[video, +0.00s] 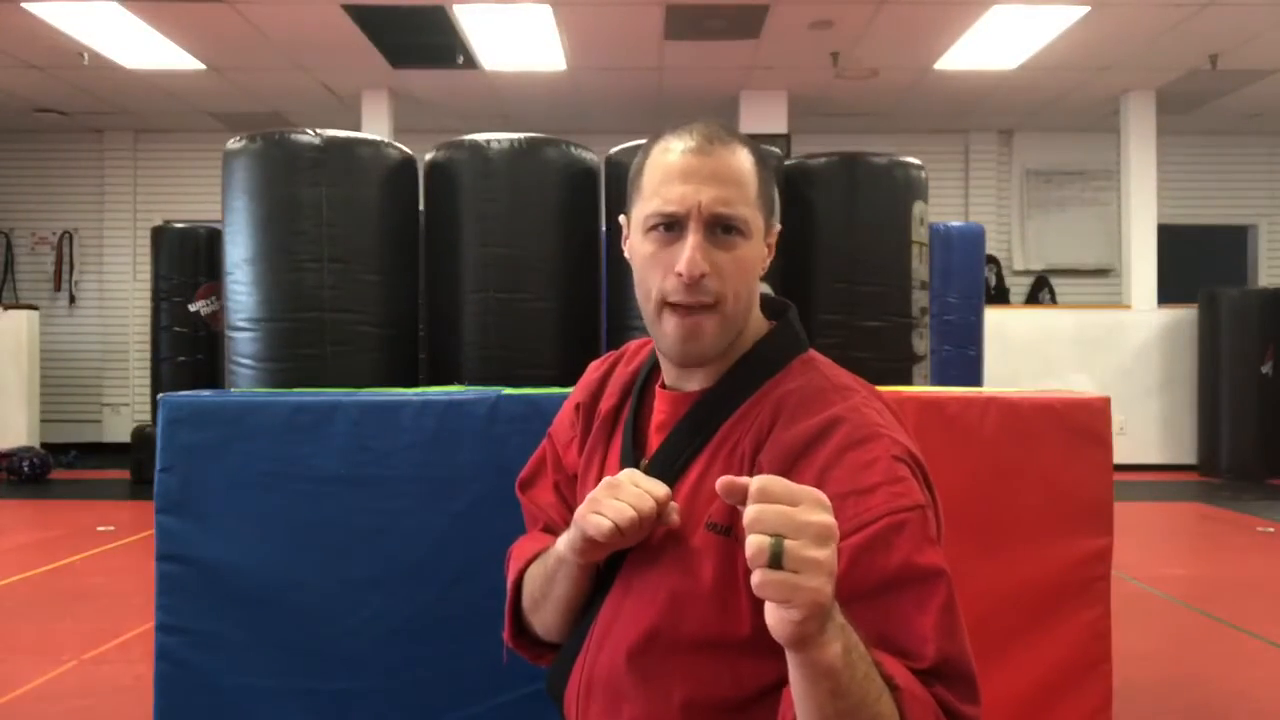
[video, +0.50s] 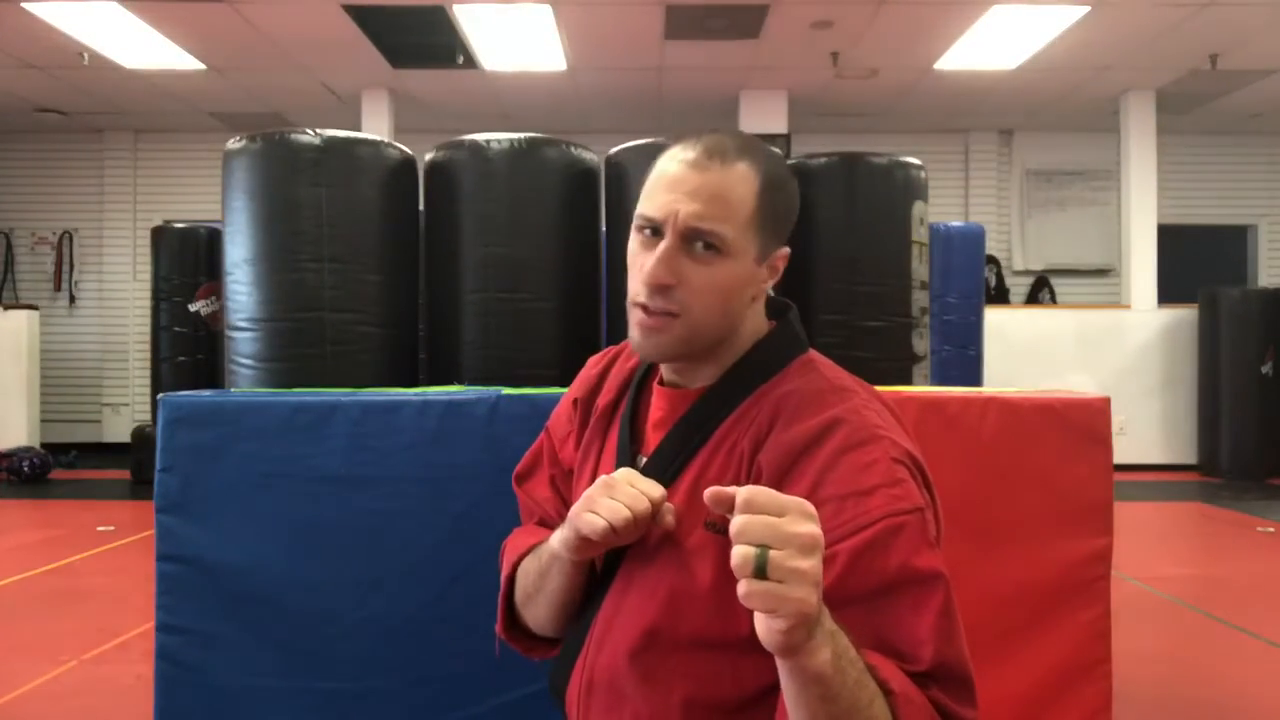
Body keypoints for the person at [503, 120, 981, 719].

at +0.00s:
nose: (691, 264)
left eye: (725, 231)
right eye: (666, 228)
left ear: (768, 247)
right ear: (627, 240)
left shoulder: (848, 439)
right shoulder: (604, 390)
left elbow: (919, 705)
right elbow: (537, 626)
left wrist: (817, 638)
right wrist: (574, 550)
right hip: (592, 706)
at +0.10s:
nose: (692, 266)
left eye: (725, 233)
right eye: (667, 230)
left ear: (769, 249)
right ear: (627, 240)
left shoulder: (846, 440)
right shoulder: (603, 391)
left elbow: (921, 706)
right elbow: (537, 626)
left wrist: (818, 647)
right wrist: (574, 553)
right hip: (592, 707)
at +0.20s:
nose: (690, 268)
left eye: (724, 236)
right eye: (665, 232)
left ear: (769, 252)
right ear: (626, 243)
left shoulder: (847, 442)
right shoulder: (605, 390)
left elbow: (925, 702)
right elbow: (538, 626)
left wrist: (818, 648)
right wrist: (575, 552)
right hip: (590, 702)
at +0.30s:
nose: (673, 274)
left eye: (713, 242)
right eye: (656, 236)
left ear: (767, 263)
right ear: (626, 245)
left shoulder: (847, 441)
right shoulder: (604, 387)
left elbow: (925, 703)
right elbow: (539, 625)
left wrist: (813, 648)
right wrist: (574, 551)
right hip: (593, 704)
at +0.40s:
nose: (646, 272)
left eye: (695, 248)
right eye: (644, 233)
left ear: (765, 275)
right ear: (625, 233)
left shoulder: (845, 444)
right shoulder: (605, 384)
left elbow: (922, 705)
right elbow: (535, 621)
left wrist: (809, 646)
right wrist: (569, 549)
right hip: (590, 705)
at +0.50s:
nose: (656, 272)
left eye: (703, 245)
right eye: (650, 232)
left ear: (770, 271)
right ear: (630, 234)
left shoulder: (846, 444)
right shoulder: (605, 383)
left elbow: (920, 705)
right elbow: (532, 619)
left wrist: (808, 644)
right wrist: (565, 549)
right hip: (589, 704)